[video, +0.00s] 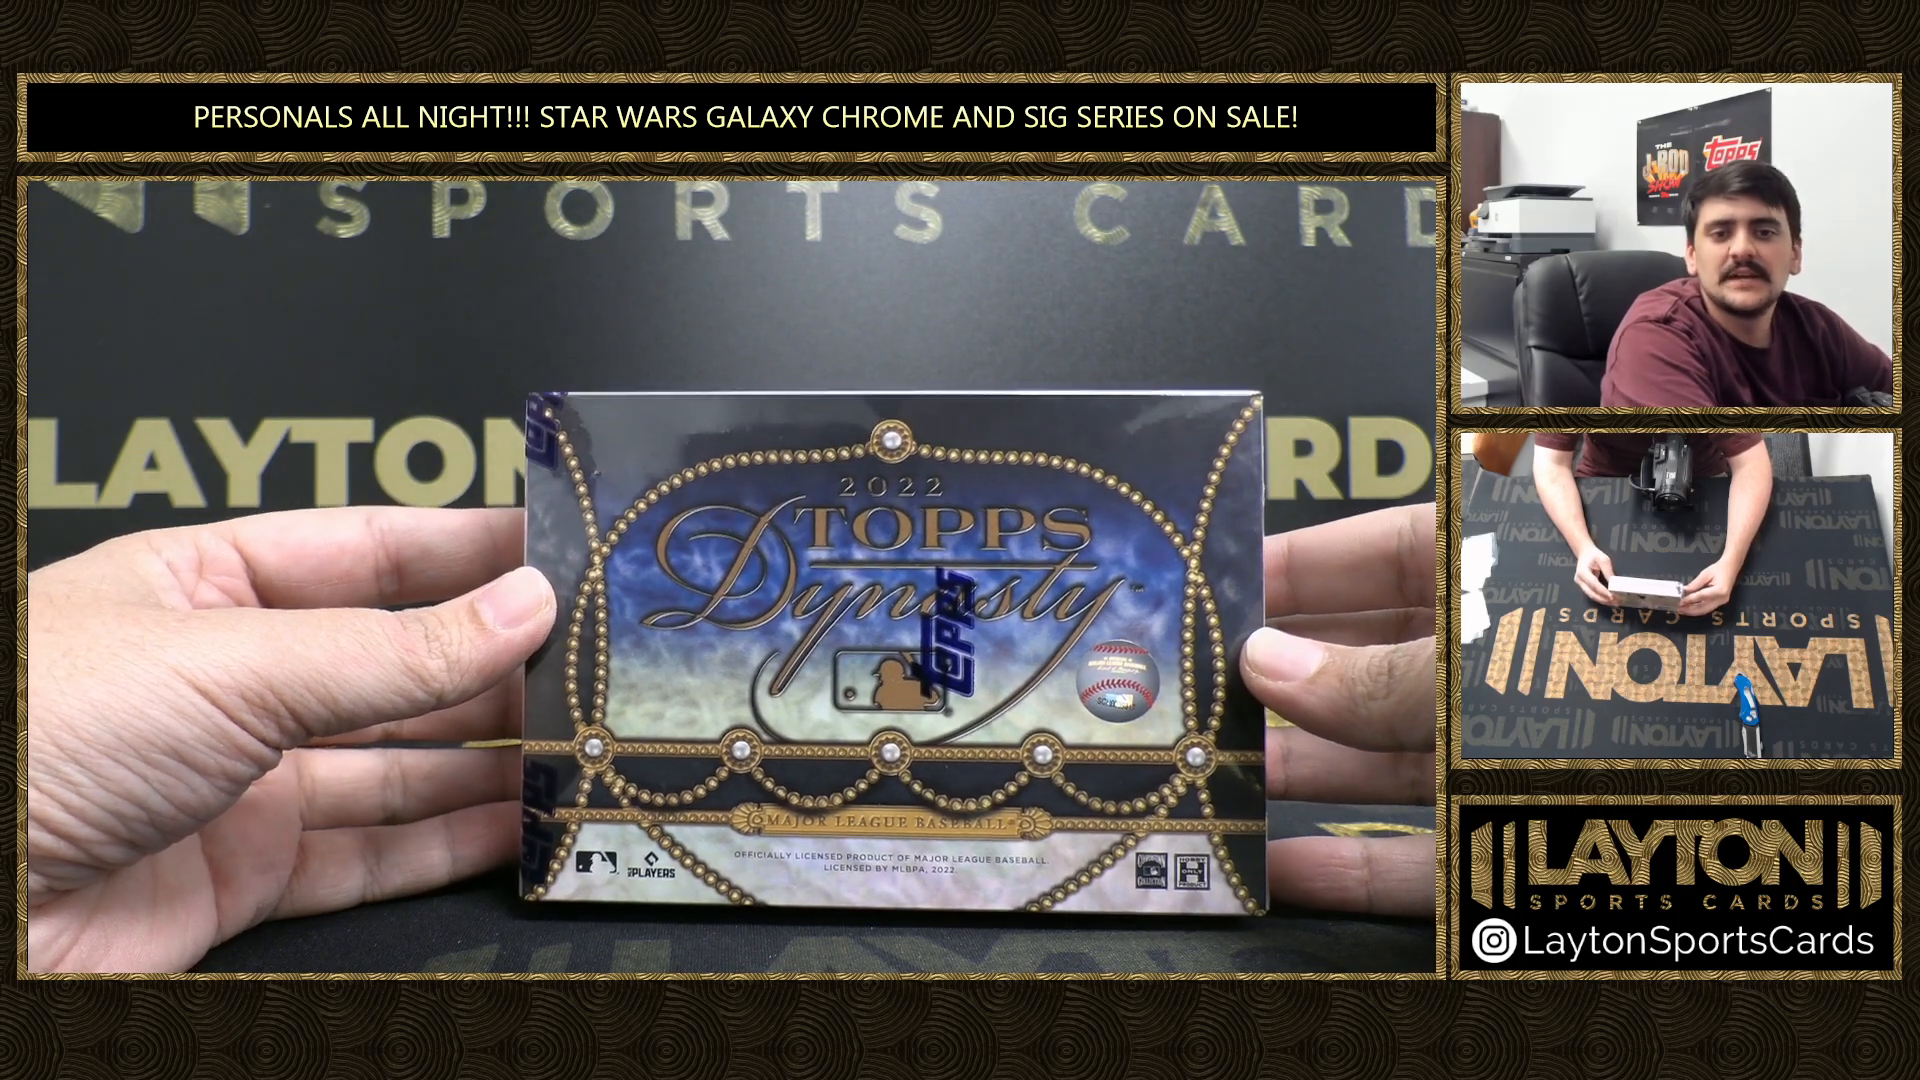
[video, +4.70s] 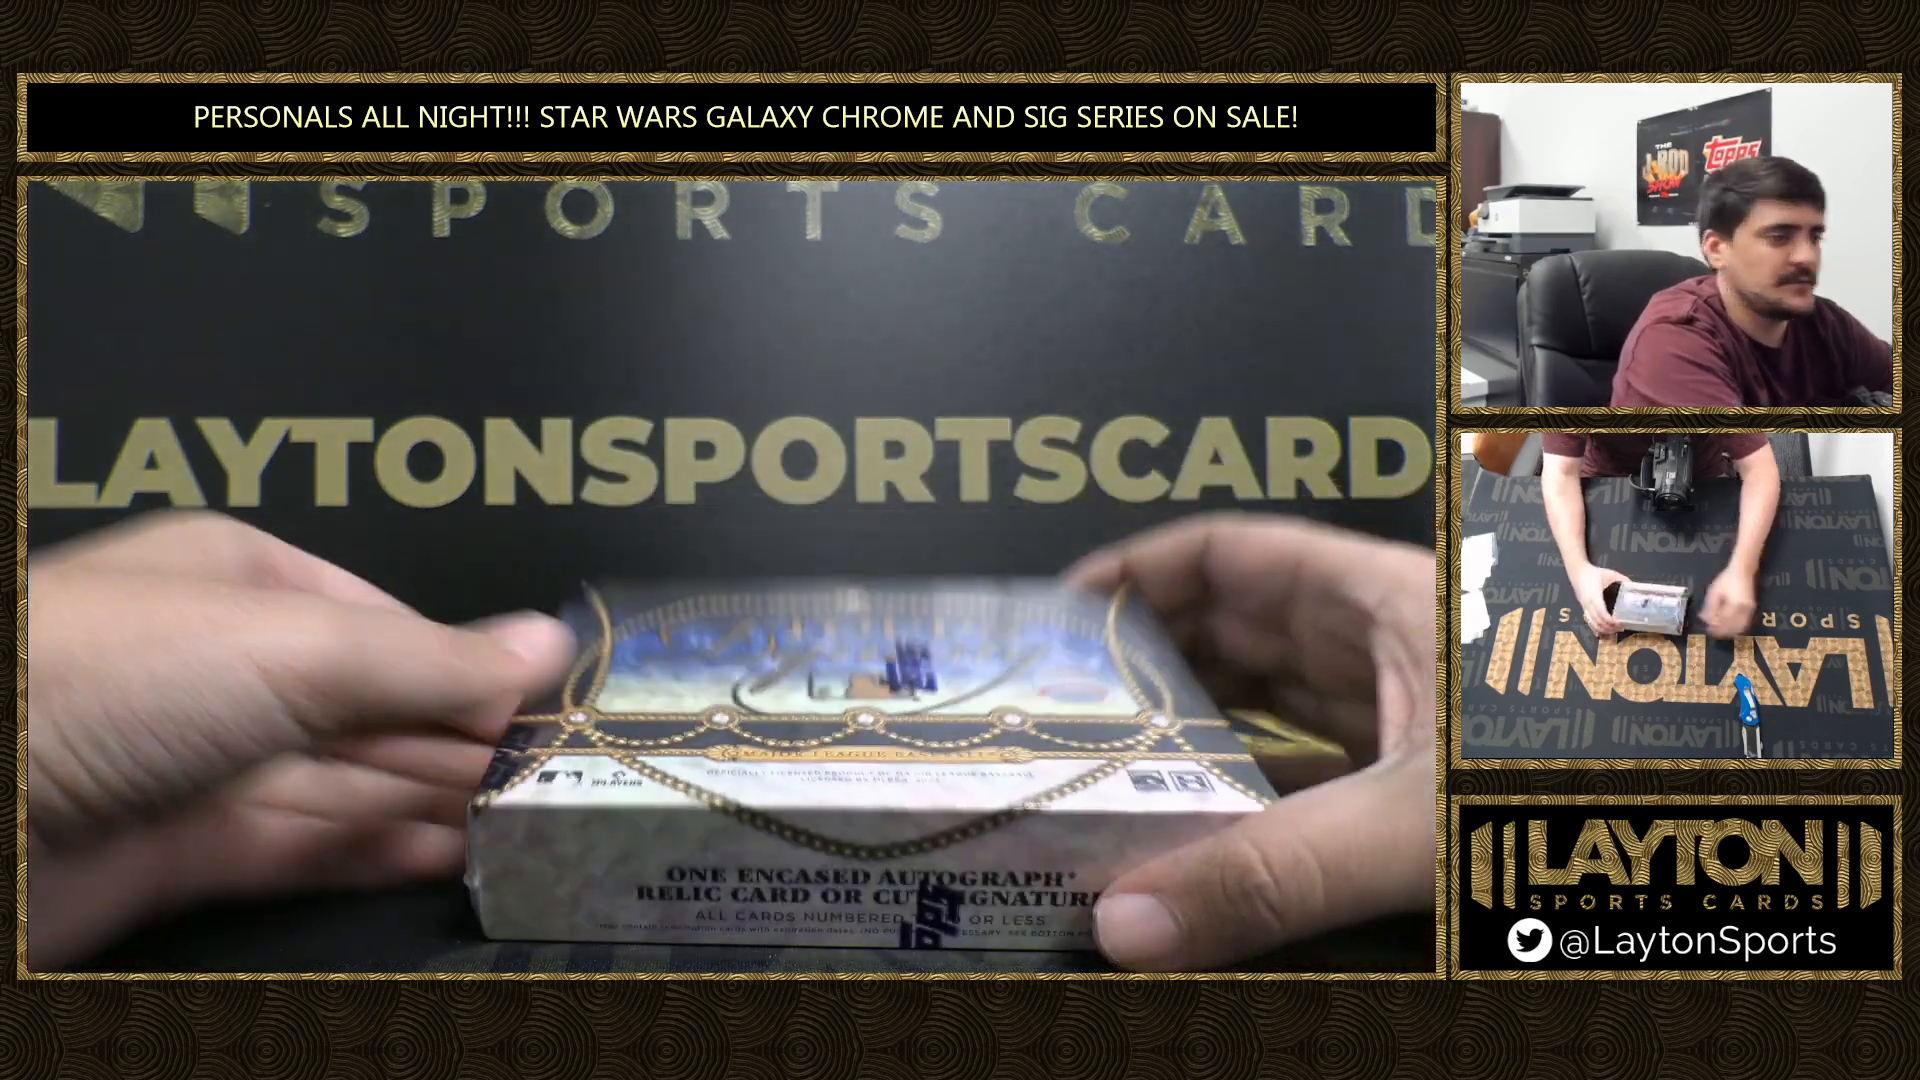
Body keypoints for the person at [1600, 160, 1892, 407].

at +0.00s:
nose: (1742, 249)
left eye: (1764, 232)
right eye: (1721, 233)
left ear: (1795, 254)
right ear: (1691, 256)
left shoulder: (1817, 329)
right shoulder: (1655, 334)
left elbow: (1897, 390)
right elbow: (1746, 461)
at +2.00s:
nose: (1749, 252)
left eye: (1771, 235)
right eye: (1729, 233)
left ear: (1800, 256)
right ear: (1696, 251)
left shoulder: (1818, 329)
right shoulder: (1656, 333)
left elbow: (1896, 387)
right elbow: (1746, 460)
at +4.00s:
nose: (1754, 249)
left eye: (1775, 232)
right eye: (1732, 232)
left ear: (1799, 254)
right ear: (1696, 250)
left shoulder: (1818, 328)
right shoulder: (1658, 332)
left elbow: (1896, 388)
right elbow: (1746, 460)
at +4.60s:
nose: (1786, 254)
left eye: (1800, 236)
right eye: (1762, 234)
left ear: (1812, 246)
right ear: (1708, 248)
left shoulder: (1823, 328)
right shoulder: (1669, 336)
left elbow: (1898, 387)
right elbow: (1752, 461)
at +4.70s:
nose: (1806, 257)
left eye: (1815, 237)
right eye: (1779, 237)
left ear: (1822, 239)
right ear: (1716, 250)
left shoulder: (1829, 328)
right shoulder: (1673, 339)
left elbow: (1901, 383)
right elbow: (1759, 467)